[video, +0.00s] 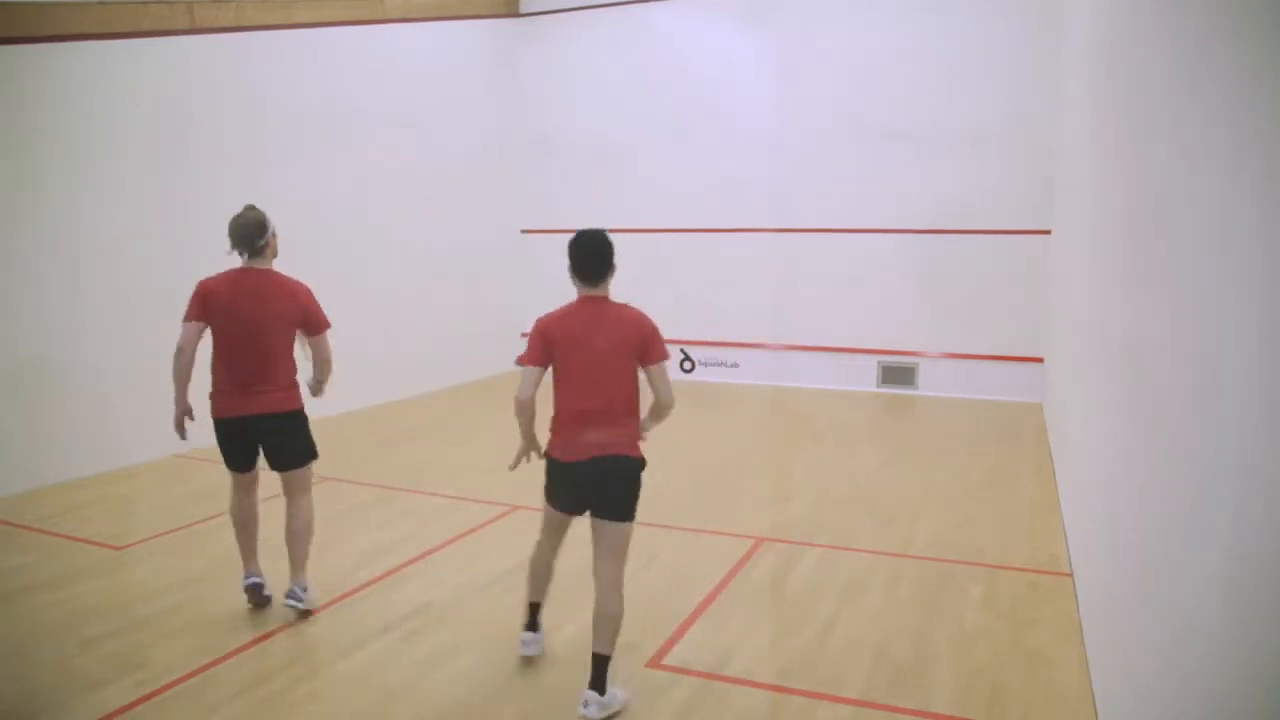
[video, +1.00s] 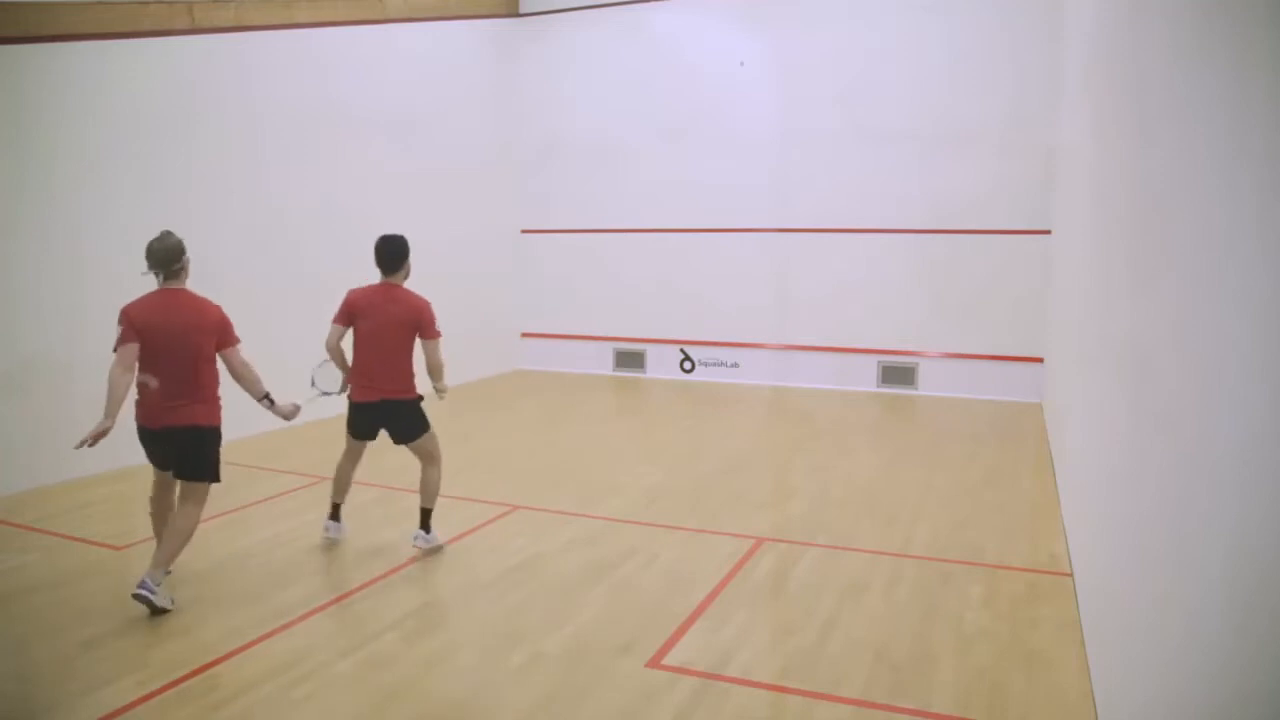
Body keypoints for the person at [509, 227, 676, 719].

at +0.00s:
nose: (593, 273)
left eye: (579, 266)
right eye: (605, 265)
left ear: (571, 270)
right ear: (613, 269)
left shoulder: (552, 325)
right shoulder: (636, 323)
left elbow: (524, 397)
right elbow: (665, 399)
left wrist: (529, 440)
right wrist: (645, 425)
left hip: (566, 465)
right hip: (619, 467)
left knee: (547, 544)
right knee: (609, 578)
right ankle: (597, 691)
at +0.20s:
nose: (535, 275)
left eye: (521, 268)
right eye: (545, 269)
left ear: (512, 272)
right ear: (552, 273)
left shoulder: (494, 324)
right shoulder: (573, 324)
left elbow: (472, 391)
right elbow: (588, 396)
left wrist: (478, 419)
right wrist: (560, 414)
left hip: (500, 453)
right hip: (551, 454)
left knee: (475, 537)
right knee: (567, 545)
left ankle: (468, 629)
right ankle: (581, 640)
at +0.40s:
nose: (473, 262)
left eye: (472, 256)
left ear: (473, 260)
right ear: (509, 261)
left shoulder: (451, 305)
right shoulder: (521, 310)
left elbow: (429, 366)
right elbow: (531, 379)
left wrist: (457, 382)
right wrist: (534, 391)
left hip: (460, 431)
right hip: (506, 429)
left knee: (461, 519)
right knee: (522, 508)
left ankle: (466, 619)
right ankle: (507, 586)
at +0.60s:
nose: (443, 268)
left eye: (444, 263)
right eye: (449, 263)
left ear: (448, 267)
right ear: (480, 267)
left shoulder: (426, 307)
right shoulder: (490, 314)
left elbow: (403, 362)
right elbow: (504, 376)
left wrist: (426, 378)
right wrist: (512, 395)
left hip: (429, 419)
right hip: (473, 419)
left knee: (425, 490)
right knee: (488, 494)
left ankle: (431, 551)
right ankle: (492, 569)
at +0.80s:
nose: (439, 266)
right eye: (440, 262)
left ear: (408, 263)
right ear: (439, 266)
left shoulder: (383, 302)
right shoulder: (443, 311)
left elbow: (360, 351)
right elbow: (464, 368)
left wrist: (381, 378)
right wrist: (472, 387)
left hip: (392, 410)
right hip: (432, 410)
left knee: (393, 474)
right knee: (461, 477)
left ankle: (391, 545)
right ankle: (473, 552)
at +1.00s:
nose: (410, 264)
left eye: (407, 259)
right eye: (409, 260)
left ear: (377, 264)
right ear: (406, 264)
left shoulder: (357, 298)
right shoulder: (419, 306)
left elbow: (332, 344)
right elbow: (433, 362)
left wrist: (346, 371)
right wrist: (439, 383)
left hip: (362, 400)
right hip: (401, 401)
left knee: (351, 454)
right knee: (430, 458)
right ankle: (424, 530)